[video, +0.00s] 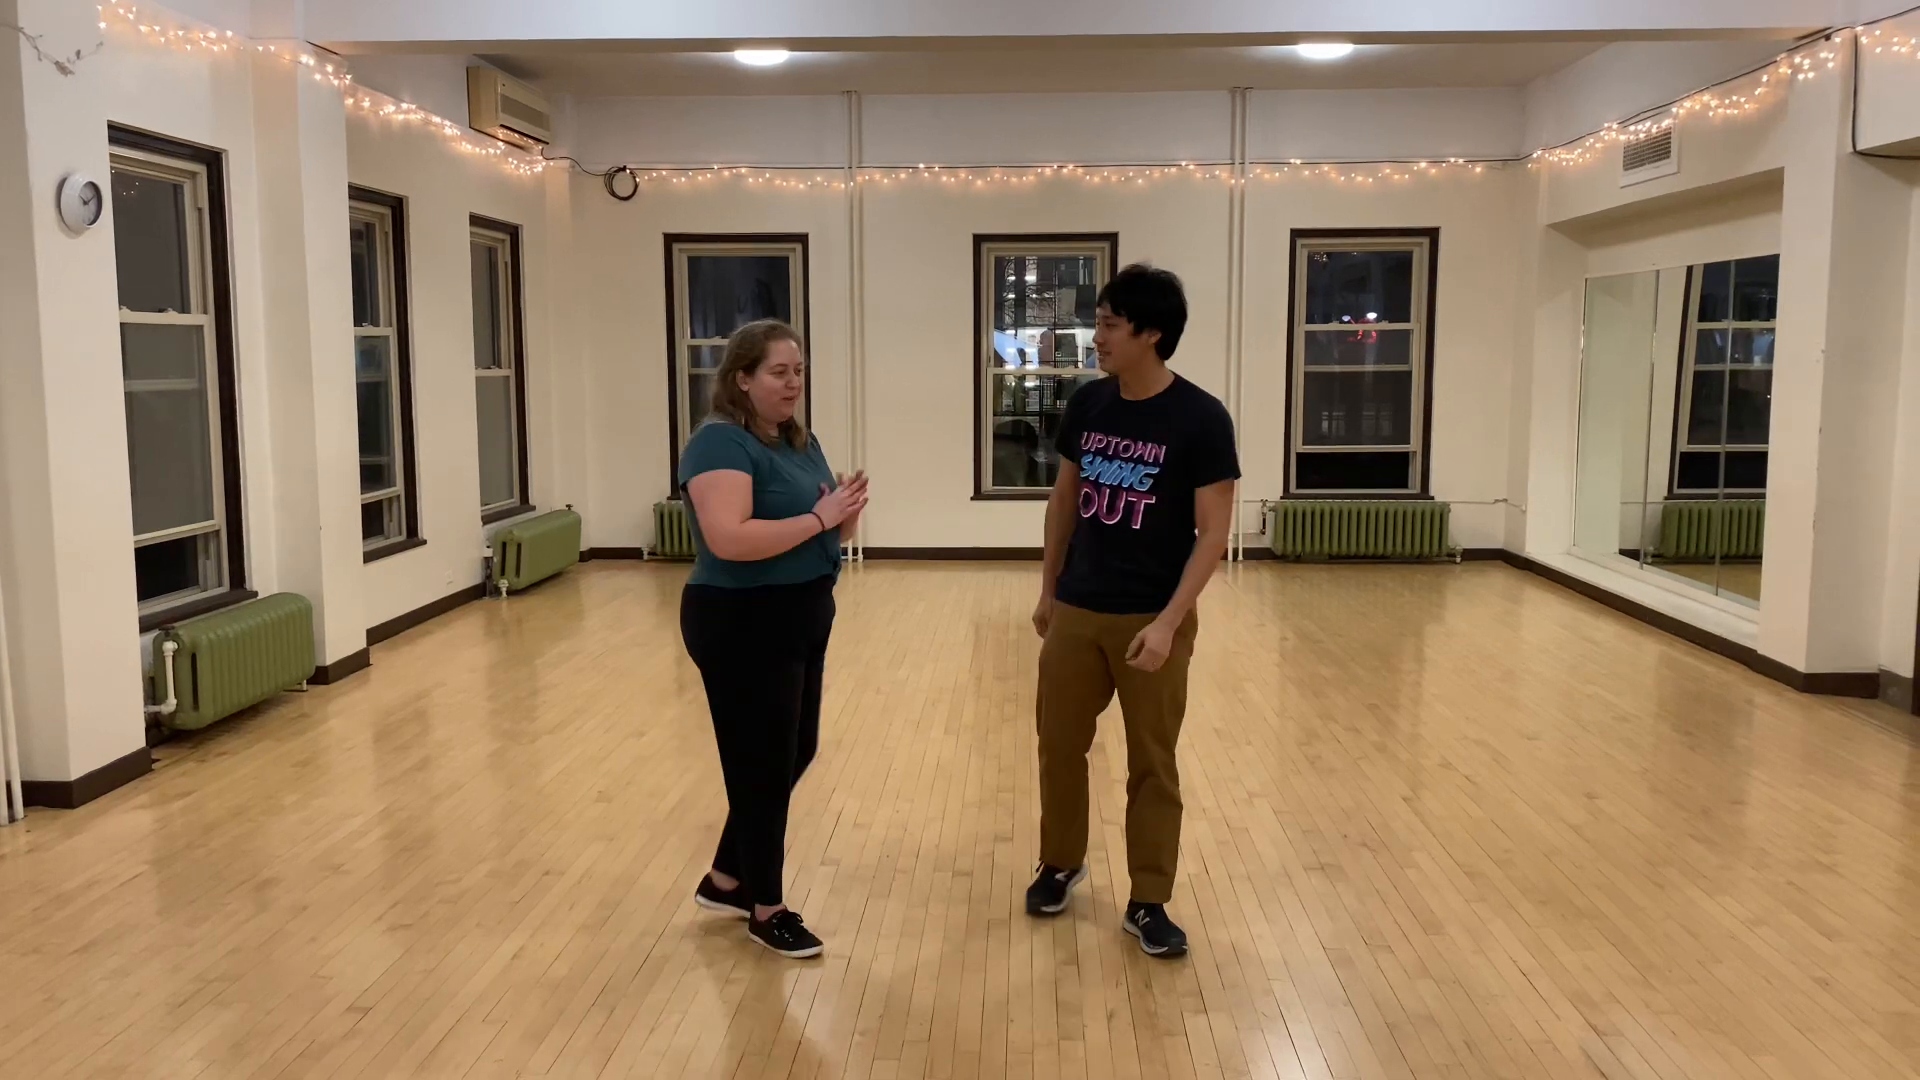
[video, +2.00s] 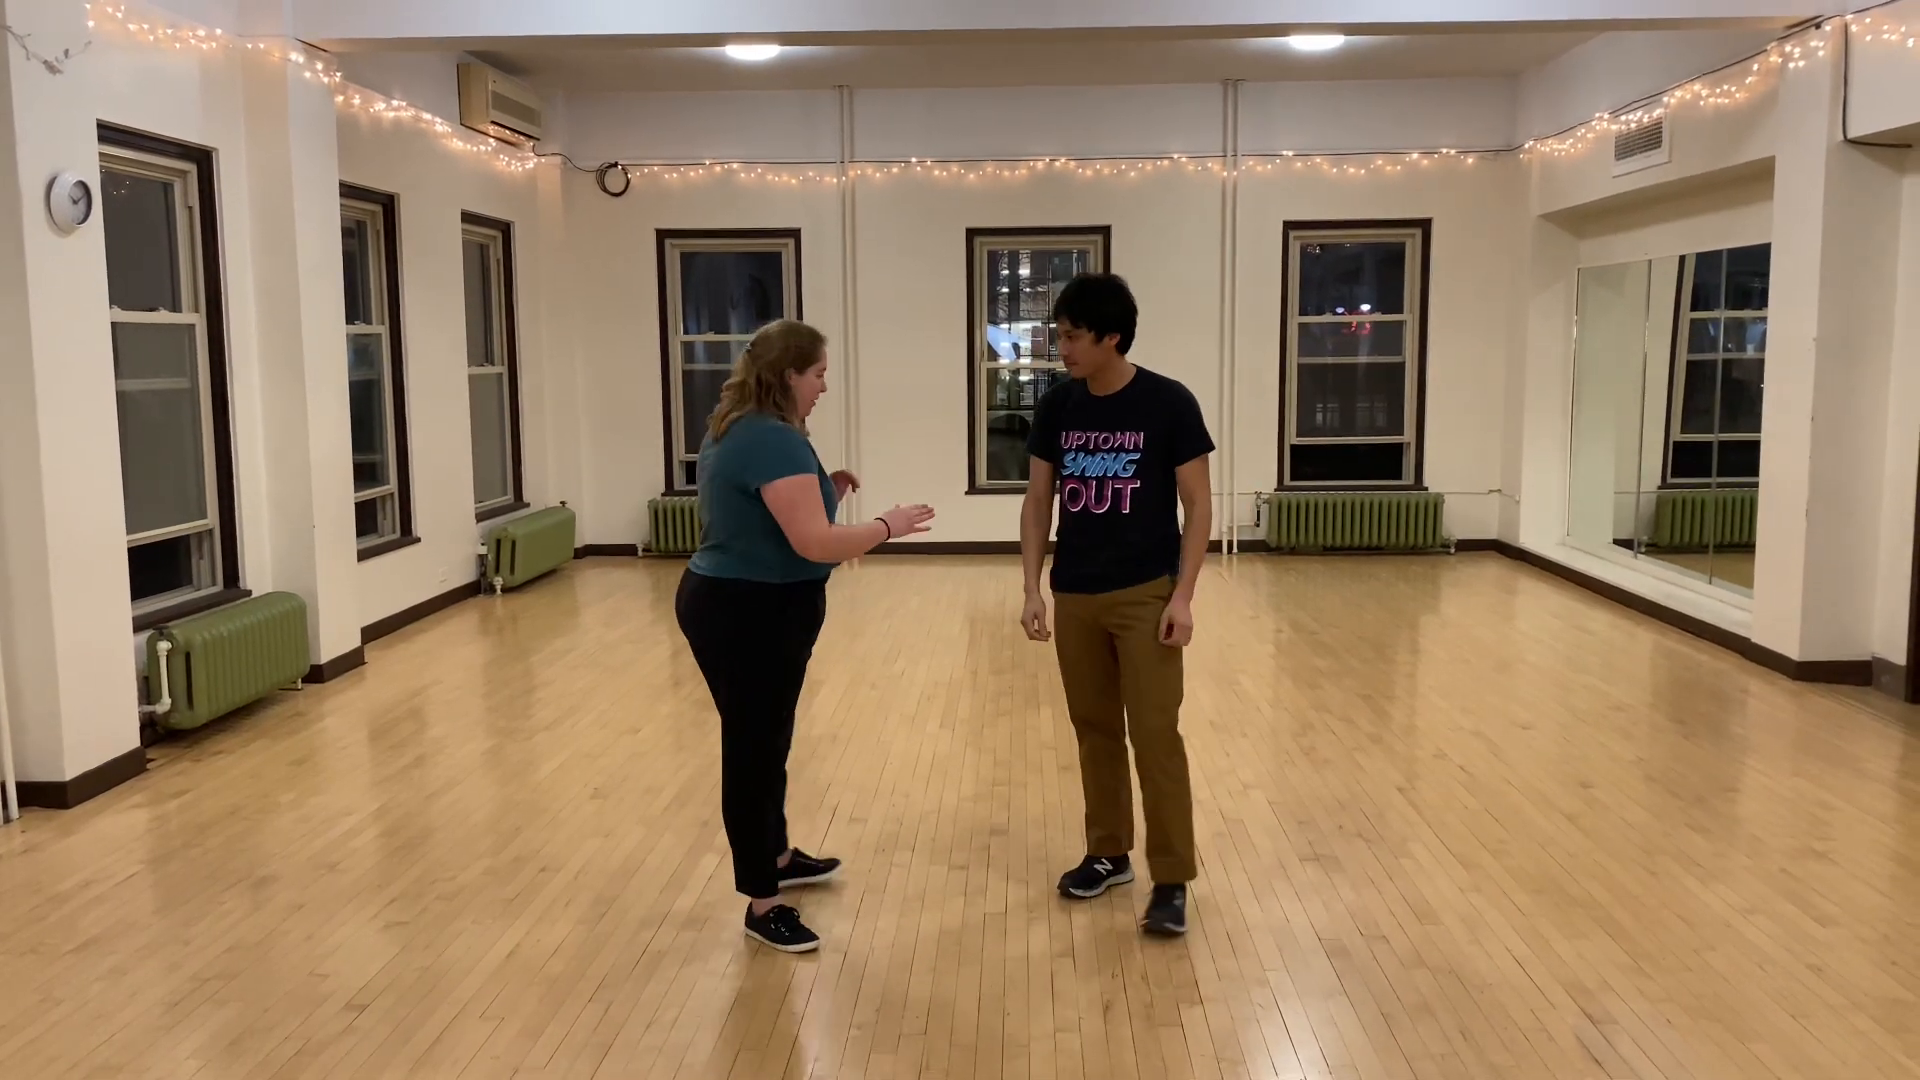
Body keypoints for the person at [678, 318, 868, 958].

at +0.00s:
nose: (793, 383)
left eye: (799, 372)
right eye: (779, 372)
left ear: (803, 378)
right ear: (743, 379)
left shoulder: (798, 444)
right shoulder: (718, 444)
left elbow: (818, 533)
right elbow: (727, 539)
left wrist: (842, 513)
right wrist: (817, 519)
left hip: (797, 615)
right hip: (742, 622)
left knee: (795, 751)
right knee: (760, 765)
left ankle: (728, 872)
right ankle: (766, 909)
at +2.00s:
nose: (824, 386)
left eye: (824, 375)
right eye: (817, 374)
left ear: (778, 374)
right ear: (786, 376)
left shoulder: (744, 430)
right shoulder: (771, 440)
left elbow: (764, 519)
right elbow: (816, 543)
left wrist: (826, 492)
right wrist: (886, 526)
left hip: (750, 604)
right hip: (748, 613)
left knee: (768, 740)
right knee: (752, 750)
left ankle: (776, 855)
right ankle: (760, 903)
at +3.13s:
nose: (801, 374)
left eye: (799, 363)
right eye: (795, 364)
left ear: (739, 368)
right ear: (766, 368)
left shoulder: (699, 425)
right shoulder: (781, 427)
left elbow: (713, 506)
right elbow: (829, 517)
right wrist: (903, 559)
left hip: (702, 584)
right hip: (770, 589)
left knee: (716, 719)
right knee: (769, 724)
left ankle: (722, 851)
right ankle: (772, 860)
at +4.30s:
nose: (790, 368)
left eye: (787, 357)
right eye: (782, 359)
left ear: (729, 368)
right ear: (752, 367)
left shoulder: (685, 427)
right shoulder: (780, 428)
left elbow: (669, 503)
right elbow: (857, 494)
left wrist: (731, 490)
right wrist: (919, 488)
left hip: (694, 587)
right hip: (769, 587)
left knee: (728, 717)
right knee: (767, 723)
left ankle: (713, 844)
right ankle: (762, 862)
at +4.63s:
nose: (756, 370)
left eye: (755, 359)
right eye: (746, 361)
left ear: (707, 373)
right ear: (712, 370)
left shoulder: (676, 423)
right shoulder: (719, 431)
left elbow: (690, 492)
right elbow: (783, 518)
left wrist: (748, 453)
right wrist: (862, 542)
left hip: (669, 584)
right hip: (715, 589)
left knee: (696, 711)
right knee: (755, 718)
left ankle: (676, 834)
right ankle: (764, 860)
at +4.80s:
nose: (727, 371)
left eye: (728, 361)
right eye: (715, 361)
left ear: (721, 369)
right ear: (679, 368)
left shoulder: (705, 427)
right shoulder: (656, 431)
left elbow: (729, 492)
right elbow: (704, 512)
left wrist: (771, 468)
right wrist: (800, 528)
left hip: (701, 585)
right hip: (657, 587)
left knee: (689, 703)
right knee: (721, 697)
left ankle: (678, 833)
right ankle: (703, 840)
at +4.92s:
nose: (702, 372)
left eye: (703, 362)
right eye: (690, 363)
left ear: (701, 370)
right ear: (654, 369)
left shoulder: (717, 431)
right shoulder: (618, 433)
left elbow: (753, 512)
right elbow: (652, 509)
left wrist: (762, 480)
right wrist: (743, 525)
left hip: (703, 585)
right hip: (631, 586)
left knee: (705, 712)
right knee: (663, 713)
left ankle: (683, 834)